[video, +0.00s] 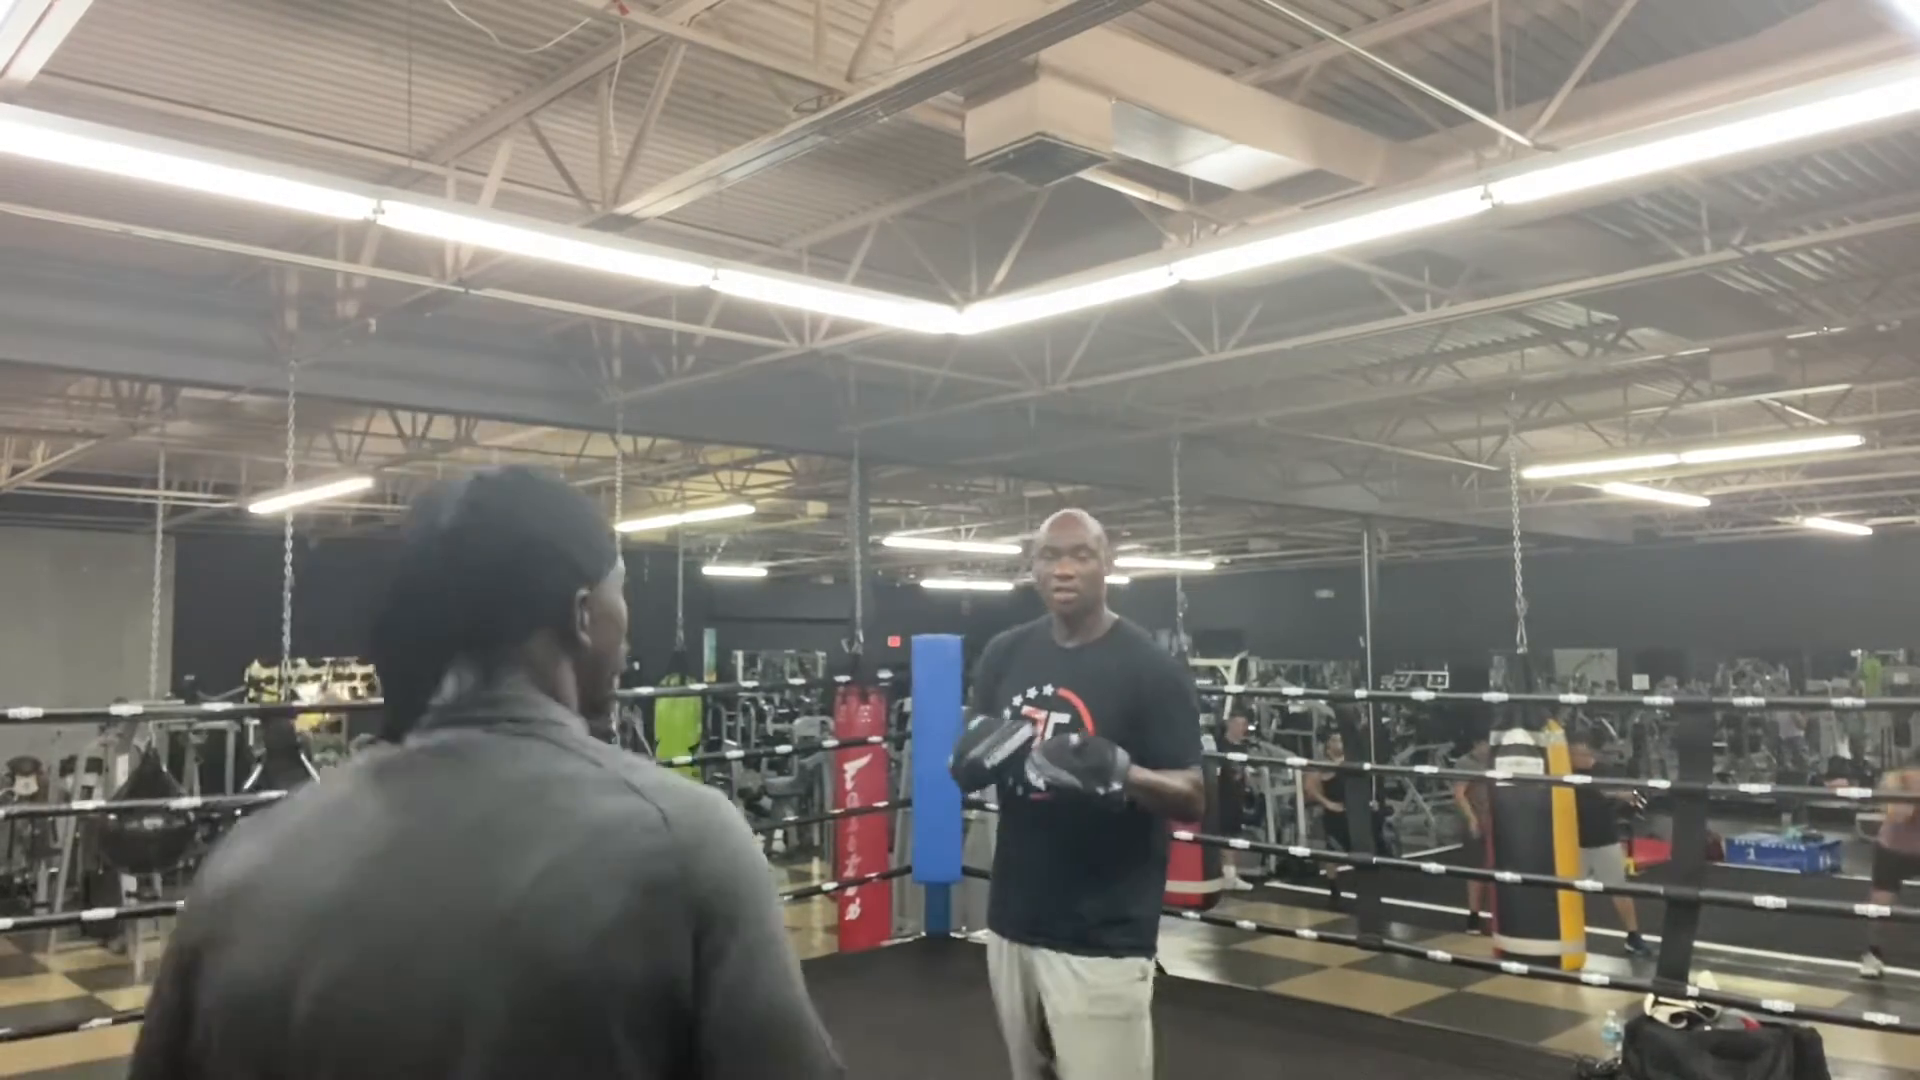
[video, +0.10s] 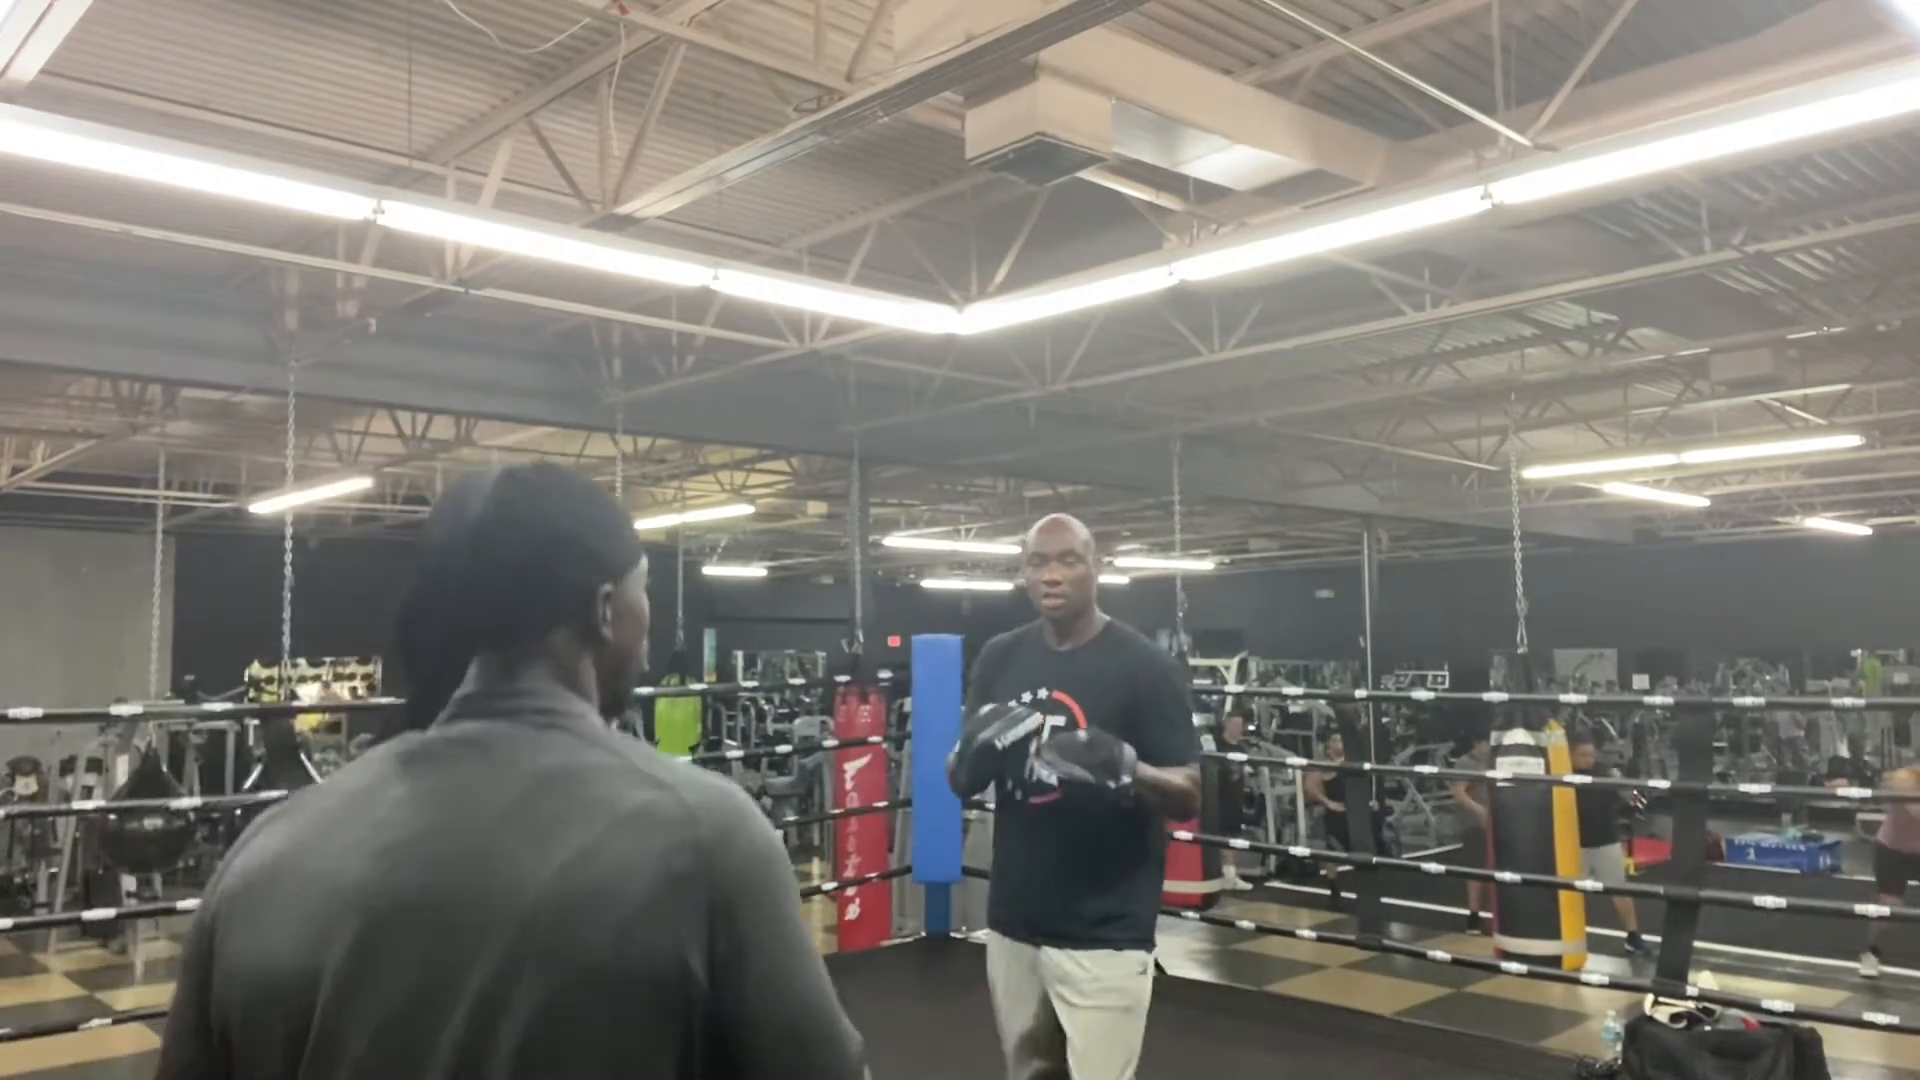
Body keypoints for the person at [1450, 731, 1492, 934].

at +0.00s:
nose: (1487, 750)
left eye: (1488, 746)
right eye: (1484, 745)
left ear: (1489, 748)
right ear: (1475, 746)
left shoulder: (1490, 764)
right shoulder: (1467, 764)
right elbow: (1459, 792)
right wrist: (1472, 818)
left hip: (1493, 821)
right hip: (1478, 822)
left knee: (1492, 870)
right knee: (1476, 869)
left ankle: (1493, 911)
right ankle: (1474, 913)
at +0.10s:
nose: (1487, 750)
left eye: (1489, 745)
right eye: (1484, 745)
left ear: (1492, 747)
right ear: (1474, 745)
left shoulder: (1494, 764)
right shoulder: (1466, 763)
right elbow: (1459, 792)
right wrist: (1480, 811)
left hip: (1494, 822)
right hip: (1475, 824)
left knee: (1494, 870)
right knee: (1475, 869)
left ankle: (1496, 912)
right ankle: (1474, 914)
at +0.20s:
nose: (1486, 753)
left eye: (1488, 749)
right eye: (1482, 748)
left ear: (1491, 749)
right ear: (1473, 747)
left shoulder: (1493, 765)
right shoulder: (1464, 765)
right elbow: (1464, 794)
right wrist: (1488, 799)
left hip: (1495, 824)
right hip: (1475, 824)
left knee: (1494, 871)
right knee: (1475, 870)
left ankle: (1498, 913)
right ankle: (1474, 913)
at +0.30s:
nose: (1486, 752)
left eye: (1488, 748)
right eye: (1482, 747)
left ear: (1492, 748)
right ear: (1473, 747)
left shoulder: (1495, 764)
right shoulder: (1463, 764)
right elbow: (1469, 789)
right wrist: (1494, 788)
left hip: (1496, 824)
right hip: (1474, 824)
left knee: (1496, 870)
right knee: (1475, 870)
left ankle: (1498, 913)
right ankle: (1474, 914)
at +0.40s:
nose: (1485, 749)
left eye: (1487, 745)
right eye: (1481, 744)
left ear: (1490, 747)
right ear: (1471, 746)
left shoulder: (1493, 764)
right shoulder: (1463, 764)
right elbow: (1469, 789)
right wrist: (1494, 789)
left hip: (1494, 823)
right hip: (1473, 824)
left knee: (1495, 870)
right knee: (1475, 870)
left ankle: (1498, 913)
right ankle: (1474, 913)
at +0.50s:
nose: (1485, 748)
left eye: (1487, 744)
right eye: (1481, 743)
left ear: (1490, 746)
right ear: (1472, 745)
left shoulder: (1493, 764)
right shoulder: (1463, 764)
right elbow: (1467, 790)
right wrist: (1493, 789)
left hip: (1494, 823)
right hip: (1473, 824)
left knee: (1495, 870)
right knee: (1474, 870)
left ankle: (1498, 913)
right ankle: (1474, 913)